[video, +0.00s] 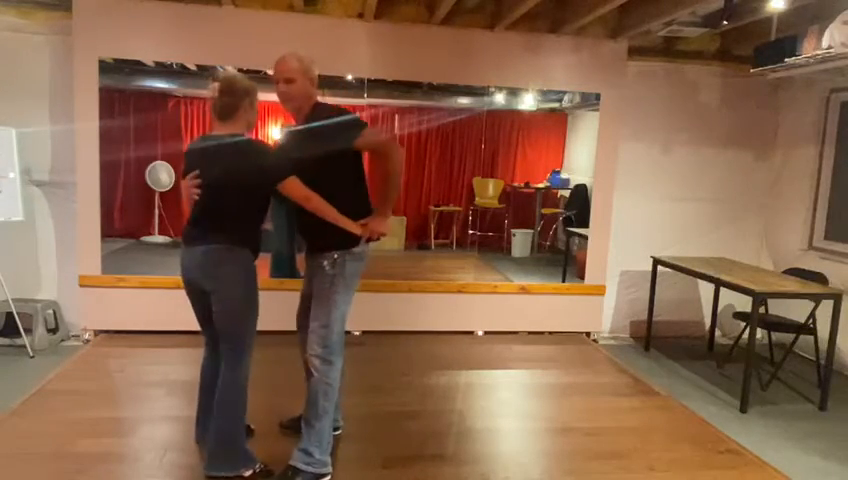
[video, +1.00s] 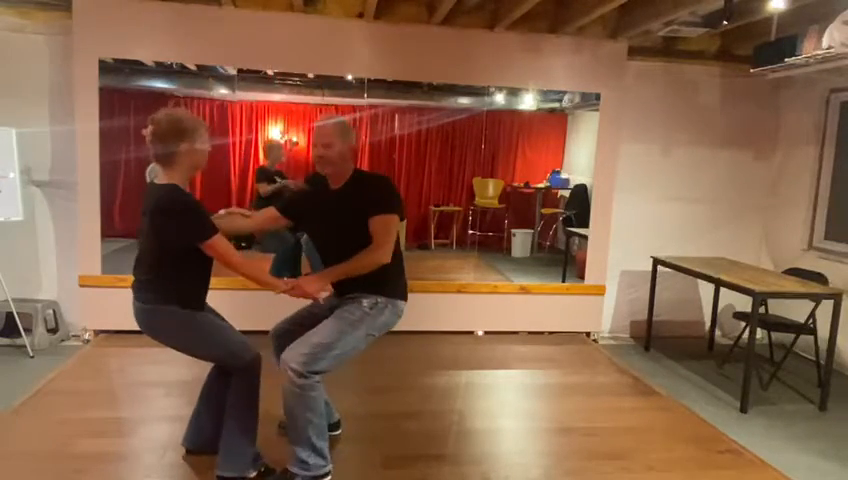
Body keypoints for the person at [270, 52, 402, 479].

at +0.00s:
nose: (281, 90)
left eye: (288, 82)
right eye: (277, 83)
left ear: (312, 82)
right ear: (276, 88)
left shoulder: (336, 120)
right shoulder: (292, 135)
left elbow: (390, 147)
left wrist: (383, 212)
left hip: (342, 250)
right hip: (317, 251)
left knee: (321, 350)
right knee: (312, 338)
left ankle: (313, 463)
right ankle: (323, 418)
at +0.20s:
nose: (284, 99)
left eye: (292, 91)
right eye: (281, 92)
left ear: (315, 91)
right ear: (282, 97)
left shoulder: (341, 127)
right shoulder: (292, 144)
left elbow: (393, 159)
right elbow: (253, 179)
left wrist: (381, 217)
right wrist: (189, 187)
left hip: (344, 255)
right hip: (315, 257)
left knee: (316, 351)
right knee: (291, 334)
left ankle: (314, 463)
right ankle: (321, 418)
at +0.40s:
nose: (296, 116)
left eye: (303, 109)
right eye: (291, 110)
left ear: (322, 110)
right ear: (287, 115)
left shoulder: (349, 147)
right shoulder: (283, 167)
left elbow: (393, 192)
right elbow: (254, 217)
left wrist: (367, 232)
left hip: (352, 265)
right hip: (316, 269)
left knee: (311, 351)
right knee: (282, 338)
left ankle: (314, 465)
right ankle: (320, 418)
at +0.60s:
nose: (312, 136)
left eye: (318, 128)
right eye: (305, 129)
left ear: (334, 129)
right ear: (298, 135)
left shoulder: (361, 166)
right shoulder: (295, 188)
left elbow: (392, 220)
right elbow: (247, 217)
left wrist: (348, 254)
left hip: (367, 279)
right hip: (327, 280)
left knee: (306, 353)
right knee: (276, 343)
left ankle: (313, 467)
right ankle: (322, 419)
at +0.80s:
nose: (315, 146)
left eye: (323, 139)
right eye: (311, 139)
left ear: (344, 141)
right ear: (307, 144)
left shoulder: (369, 179)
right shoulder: (305, 190)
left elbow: (389, 237)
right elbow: (247, 220)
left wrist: (332, 266)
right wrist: (193, 216)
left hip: (376, 289)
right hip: (338, 290)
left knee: (306, 357)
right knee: (279, 340)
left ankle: (313, 468)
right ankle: (320, 419)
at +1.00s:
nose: (318, 154)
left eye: (327, 146)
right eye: (315, 146)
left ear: (350, 149)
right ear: (312, 149)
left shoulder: (378, 190)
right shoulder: (312, 195)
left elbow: (383, 253)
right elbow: (257, 221)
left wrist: (324, 278)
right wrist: (209, 221)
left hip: (378, 300)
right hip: (341, 296)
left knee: (298, 364)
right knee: (283, 338)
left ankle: (312, 469)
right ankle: (323, 418)